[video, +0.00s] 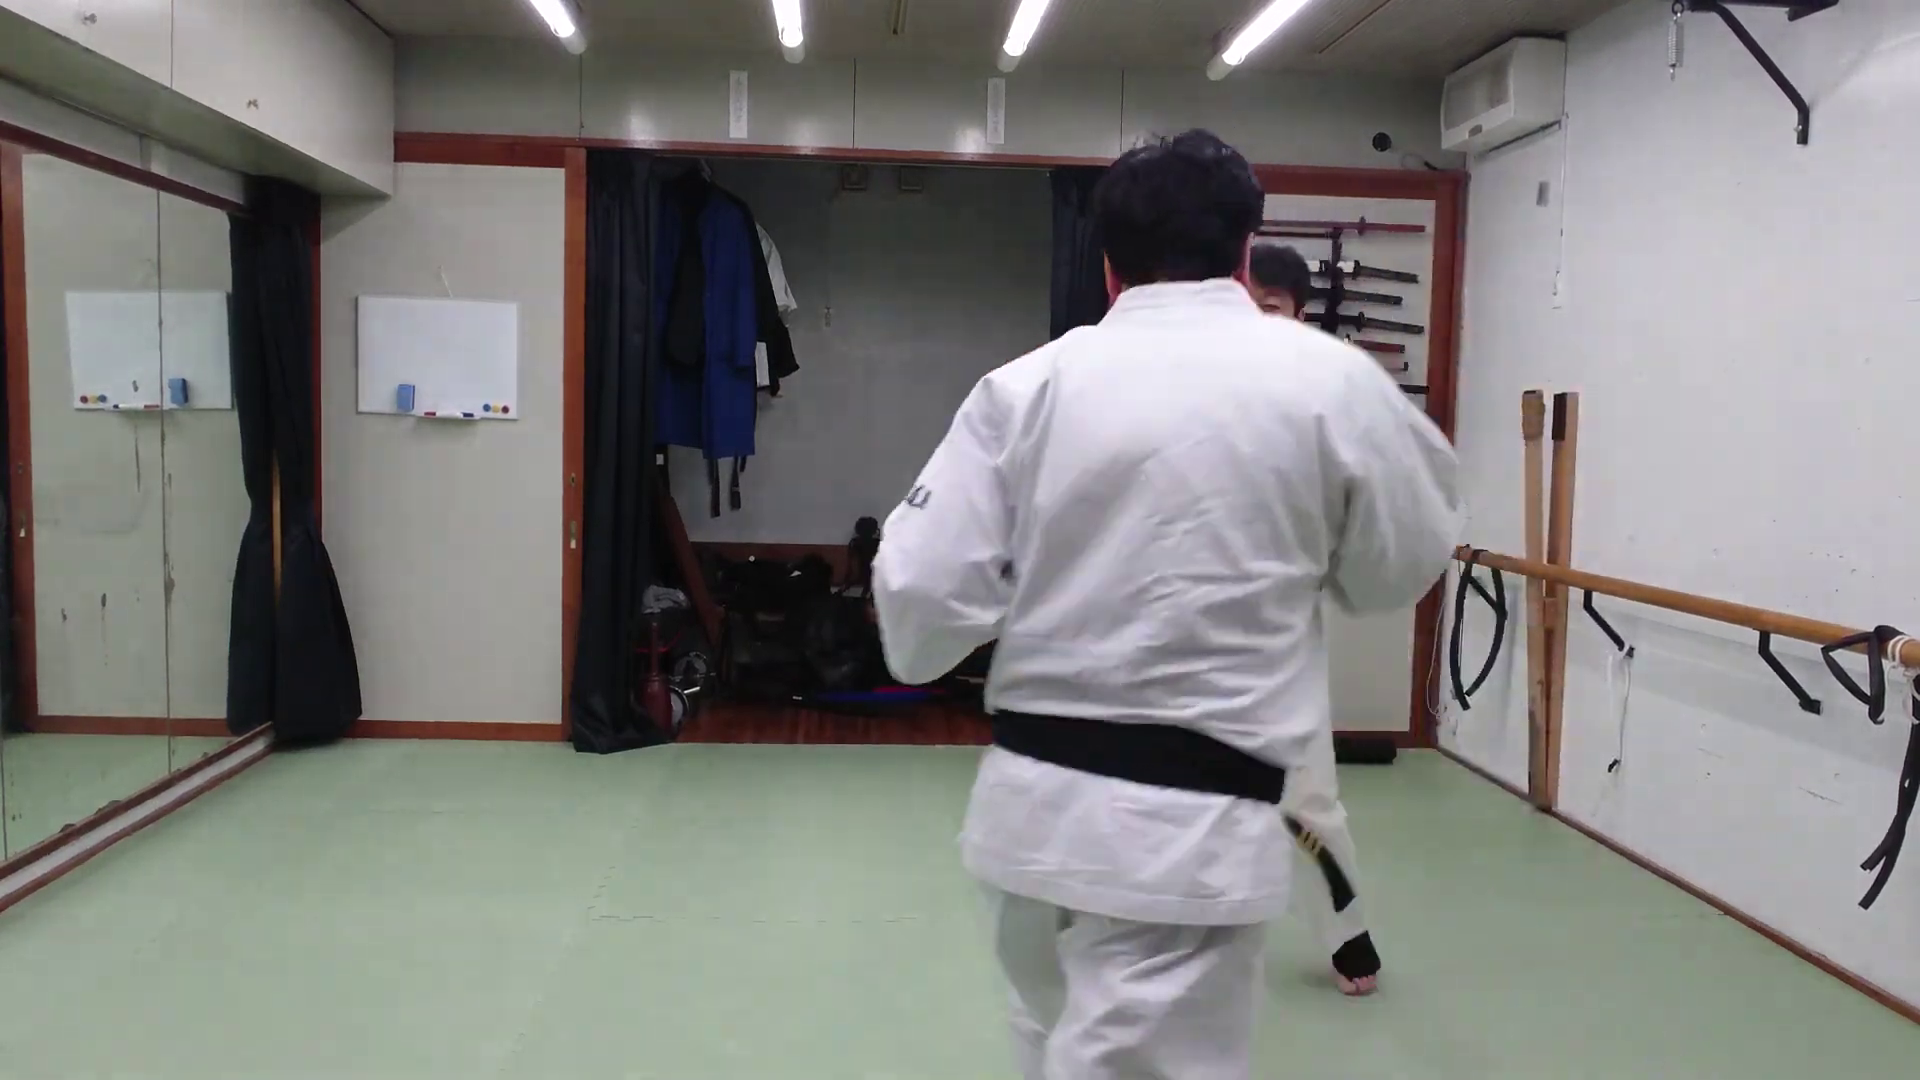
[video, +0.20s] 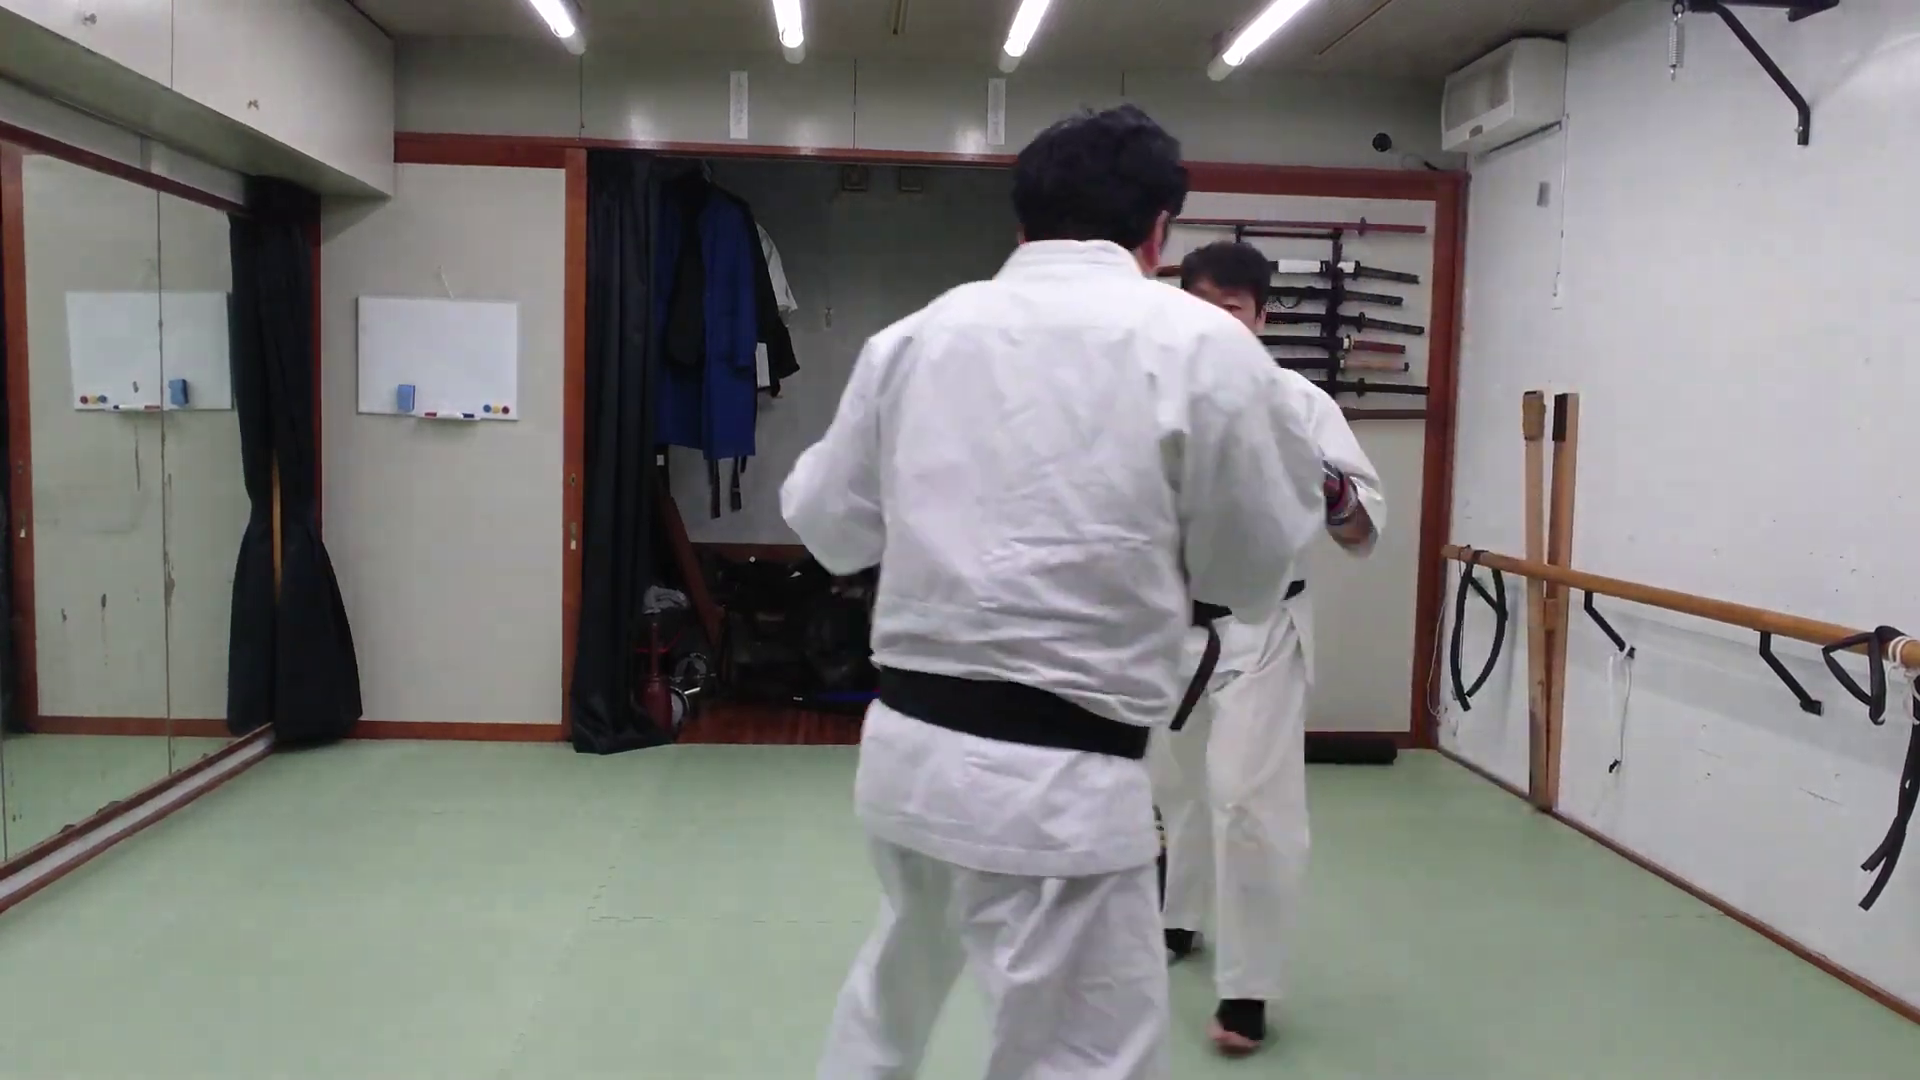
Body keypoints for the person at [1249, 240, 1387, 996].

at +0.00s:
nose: (1267, 320)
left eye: (1279, 306)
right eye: (1258, 302)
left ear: (1304, 311)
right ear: (1236, 296)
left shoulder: (1323, 387)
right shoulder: (1185, 386)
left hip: (1282, 637)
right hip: (1194, 643)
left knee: (1310, 798)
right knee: (1185, 794)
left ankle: (1349, 937)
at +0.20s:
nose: (1218, 320)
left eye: (1234, 307)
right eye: (1206, 304)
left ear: (1259, 315)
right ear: (1180, 306)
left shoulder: (1295, 402)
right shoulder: (1149, 391)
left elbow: (1362, 532)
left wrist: (1343, 507)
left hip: (1261, 622)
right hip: (1165, 617)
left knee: (1245, 798)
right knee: (1170, 782)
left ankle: (1247, 990)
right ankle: (1178, 919)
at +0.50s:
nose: (1209, 325)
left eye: (1230, 312)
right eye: (1198, 310)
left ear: (1266, 321)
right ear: (1181, 317)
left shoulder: (1301, 409)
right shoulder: (1145, 413)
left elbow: (1331, 524)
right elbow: (1079, 510)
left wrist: (1272, 442)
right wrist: (1040, 440)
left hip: (1231, 627)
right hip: (1137, 604)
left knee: (1215, 833)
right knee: (1082, 684)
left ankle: (1187, 1026)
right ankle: (1085, 857)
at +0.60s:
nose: (1201, 346)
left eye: (1221, 334)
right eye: (1192, 332)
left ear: (1263, 345)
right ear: (1181, 340)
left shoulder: (1303, 436)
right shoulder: (1148, 431)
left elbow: (1320, 522)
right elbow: (1063, 501)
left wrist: (1268, 422)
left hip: (1219, 645)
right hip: (1129, 602)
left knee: (1211, 829)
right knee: (1084, 554)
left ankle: (1173, 1020)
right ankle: (988, 732)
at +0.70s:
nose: (1197, 370)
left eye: (1217, 357)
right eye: (1189, 354)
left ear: (1259, 365)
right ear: (1177, 360)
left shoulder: (1289, 458)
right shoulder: (1130, 446)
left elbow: (1331, 555)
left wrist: (1291, 455)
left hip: (1223, 656)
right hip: (1128, 604)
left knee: (1214, 844)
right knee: (1032, 590)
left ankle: (1162, 1019)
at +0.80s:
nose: (1196, 361)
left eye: (1215, 347)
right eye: (1186, 345)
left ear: (1250, 360)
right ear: (1171, 353)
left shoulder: (1284, 455)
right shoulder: (1125, 444)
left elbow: (1343, 575)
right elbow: (1038, 548)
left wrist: (1308, 488)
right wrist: (1007, 636)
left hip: (1218, 652)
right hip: (1119, 605)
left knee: (1211, 853)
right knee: (1010, 623)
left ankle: (1161, 1025)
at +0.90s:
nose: (1180, 342)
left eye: (1199, 327)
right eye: (1168, 326)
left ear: (1235, 335)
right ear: (1156, 335)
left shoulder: (1282, 437)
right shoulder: (1116, 428)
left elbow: (1331, 564)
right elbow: (1039, 527)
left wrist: (1297, 486)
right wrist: (992, 571)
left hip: (1205, 642)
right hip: (1093, 612)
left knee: (1206, 845)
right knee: (965, 688)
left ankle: (1161, 1028)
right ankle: (845, 876)